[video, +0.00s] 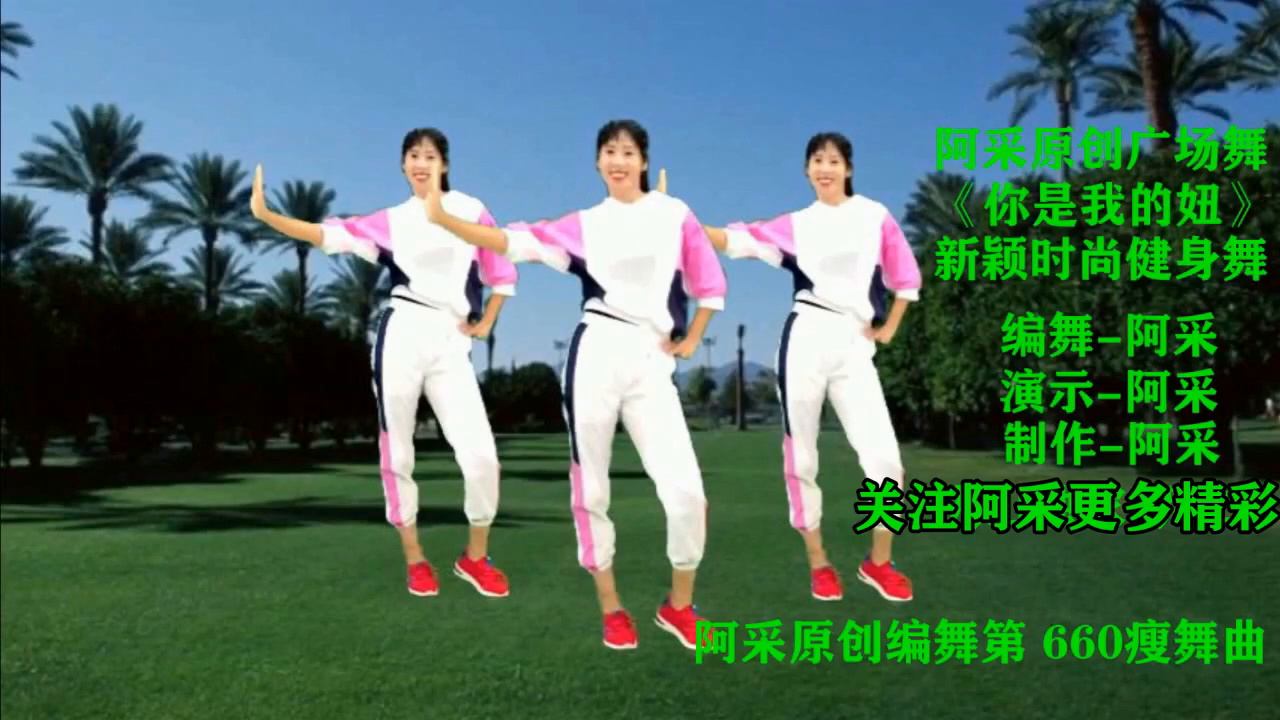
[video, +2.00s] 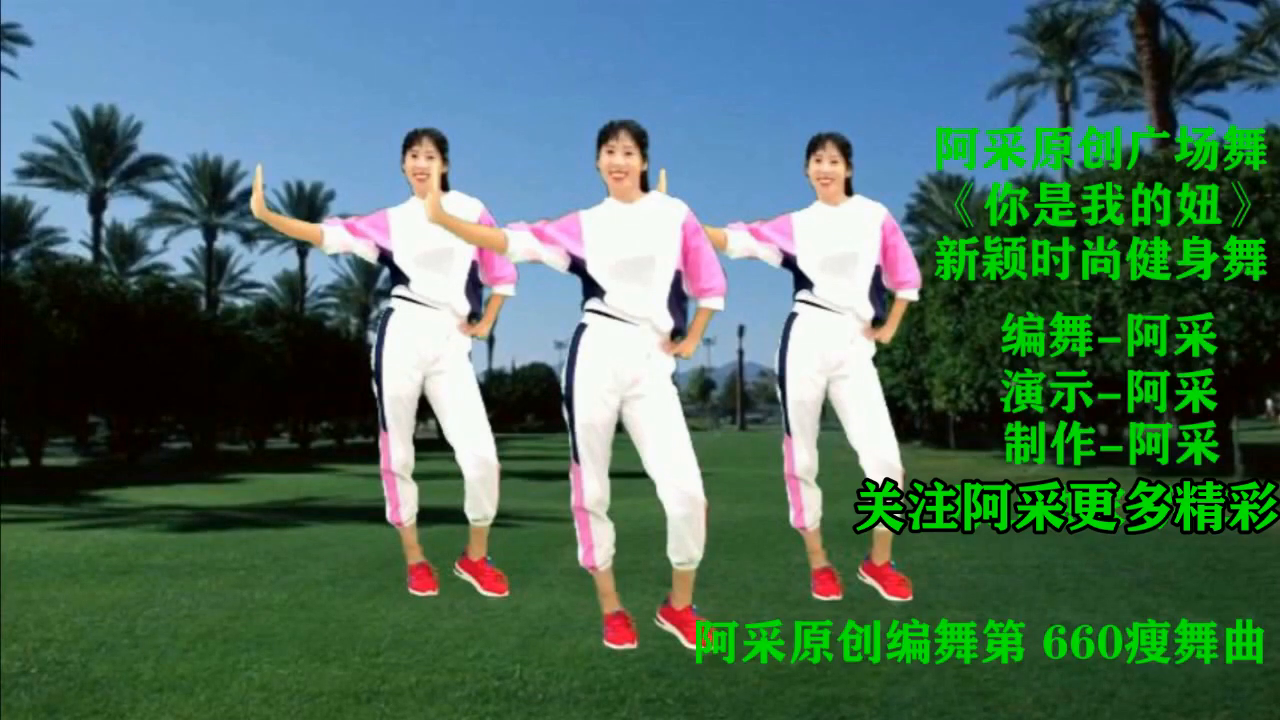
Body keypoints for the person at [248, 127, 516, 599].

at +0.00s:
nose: (420, 164)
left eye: (428, 157)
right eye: (412, 157)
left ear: (444, 165)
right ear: (404, 166)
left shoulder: (473, 211)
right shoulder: (393, 220)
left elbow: (503, 273)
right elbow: (327, 235)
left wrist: (484, 325)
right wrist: (265, 215)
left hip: (451, 335)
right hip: (401, 331)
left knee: (482, 456)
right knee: (399, 453)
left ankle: (476, 557)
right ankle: (415, 561)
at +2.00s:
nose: (420, 164)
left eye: (428, 157)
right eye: (412, 157)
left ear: (444, 165)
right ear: (403, 166)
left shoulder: (473, 211)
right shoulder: (393, 220)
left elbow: (503, 273)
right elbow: (327, 235)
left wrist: (484, 325)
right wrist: (265, 215)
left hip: (451, 335)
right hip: (401, 331)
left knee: (482, 456)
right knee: (399, 453)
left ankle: (476, 557)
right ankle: (415, 561)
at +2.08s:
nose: (420, 164)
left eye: (428, 157)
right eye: (412, 157)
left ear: (444, 165)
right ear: (403, 166)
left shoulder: (473, 211)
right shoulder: (393, 220)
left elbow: (503, 273)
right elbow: (327, 235)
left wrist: (484, 325)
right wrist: (265, 215)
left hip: (451, 335)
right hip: (401, 331)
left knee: (482, 456)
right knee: (399, 453)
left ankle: (476, 557)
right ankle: (415, 561)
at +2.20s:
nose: (420, 164)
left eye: (428, 157)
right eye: (412, 157)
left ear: (444, 165)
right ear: (403, 166)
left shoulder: (473, 211)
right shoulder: (393, 220)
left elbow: (503, 273)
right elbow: (327, 235)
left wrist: (485, 325)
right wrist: (265, 215)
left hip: (451, 335)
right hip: (401, 331)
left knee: (482, 456)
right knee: (399, 453)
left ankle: (476, 557)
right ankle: (415, 561)